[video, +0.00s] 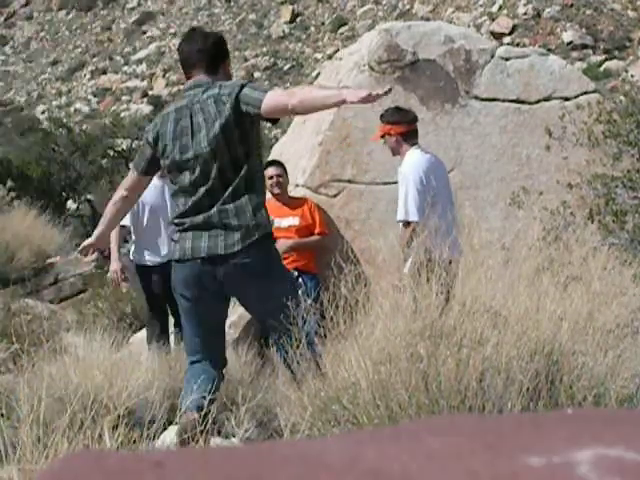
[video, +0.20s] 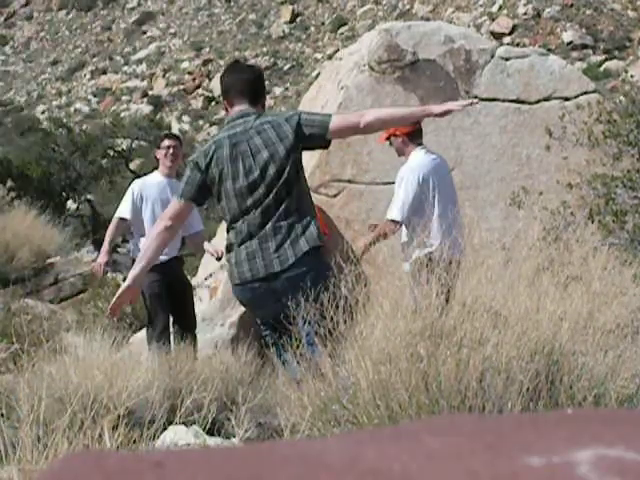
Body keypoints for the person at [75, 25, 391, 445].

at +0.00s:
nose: (229, 70)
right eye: (228, 64)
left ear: (183, 71)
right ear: (225, 64)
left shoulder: (163, 122)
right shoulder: (235, 94)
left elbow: (129, 190)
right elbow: (287, 102)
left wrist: (100, 235)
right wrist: (345, 96)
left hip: (189, 258)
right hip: (247, 249)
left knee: (203, 358)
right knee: (289, 335)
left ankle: (186, 423)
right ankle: (323, 413)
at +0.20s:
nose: (230, 105)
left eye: (225, 99)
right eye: (255, 97)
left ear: (224, 102)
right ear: (263, 97)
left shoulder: (208, 152)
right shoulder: (286, 124)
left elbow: (169, 223)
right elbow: (361, 122)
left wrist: (133, 277)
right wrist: (429, 110)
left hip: (249, 272)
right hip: (302, 256)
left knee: (282, 348)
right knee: (328, 343)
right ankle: (342, 410)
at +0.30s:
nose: (233, 104)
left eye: (230, 99)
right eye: (259, 96)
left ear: (230, 102)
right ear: (268, 95)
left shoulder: (219, 150)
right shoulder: (292, 124)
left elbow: (183, 220)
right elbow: (371, 133)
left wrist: (148, 272)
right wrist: (433, 126)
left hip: (267, 268)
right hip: (317, 250)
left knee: (287, 351)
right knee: (338, 341)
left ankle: (308, 423)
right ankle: (352, 414)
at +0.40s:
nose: (237, 127)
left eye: (238, 122)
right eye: (242, 121)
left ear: (243, 124)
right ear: (279, 119)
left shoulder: (231, 170)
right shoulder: (307, 145)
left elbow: (199, 237)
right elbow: (378, 170)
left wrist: (170, 287)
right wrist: (439, 179)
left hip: (283, 286)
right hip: (332, 271)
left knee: (296, 371)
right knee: (345, 356)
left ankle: (313, 437)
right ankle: (355, 426)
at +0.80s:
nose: (260, 145)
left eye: (258, 140)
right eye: (276, 139)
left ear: (257, 144)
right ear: (290, 143)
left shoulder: (240, 184)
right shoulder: (307, 182)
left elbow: (184, 214)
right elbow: (359, 214)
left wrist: (143, 233)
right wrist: (414, 235)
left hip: (262, 296)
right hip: (303, 292)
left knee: (262, 377)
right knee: (309, 373)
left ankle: (267, 440)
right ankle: (314, 435)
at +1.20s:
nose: (252, 168)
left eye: (246, 164)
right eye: (265, 162)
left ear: (244, 166)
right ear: (274, 162)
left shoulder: (230, 203)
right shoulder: (293, 196)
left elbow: (189, 228)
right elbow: (340, 207)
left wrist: (156, 244)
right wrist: (382, 206)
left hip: (252, 299)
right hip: (292, 294)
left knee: (265, 366)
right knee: (308, 360)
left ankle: (272, 420)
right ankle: (317, 416)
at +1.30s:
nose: (266, 156)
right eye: (268, 150)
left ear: (243, 157)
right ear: (272, 152)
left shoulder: (229, 192)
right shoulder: (289, 185)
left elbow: (195, 202)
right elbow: (337, 185)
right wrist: (375, 172)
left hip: (254, 287)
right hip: (292, 281)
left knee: (261, 357)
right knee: (308, 348)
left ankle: (268, 416)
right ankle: (317, 409)